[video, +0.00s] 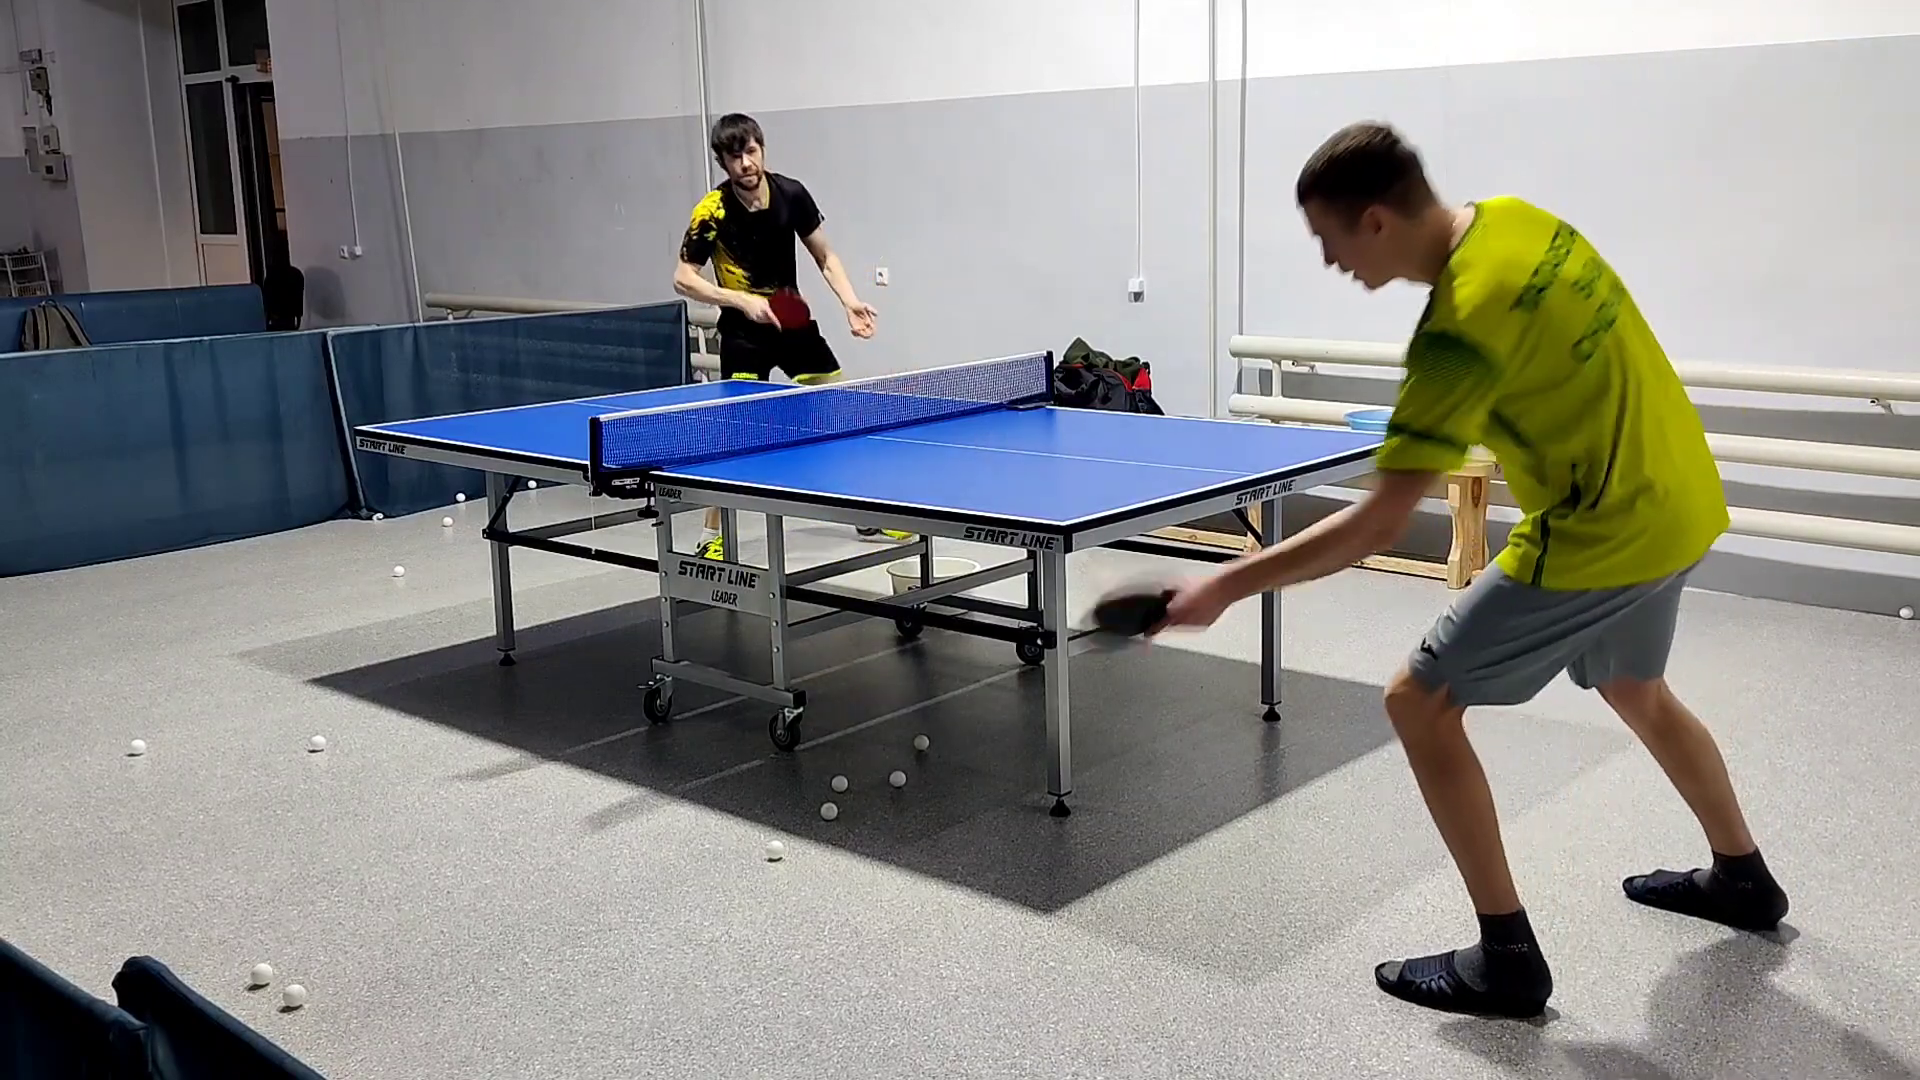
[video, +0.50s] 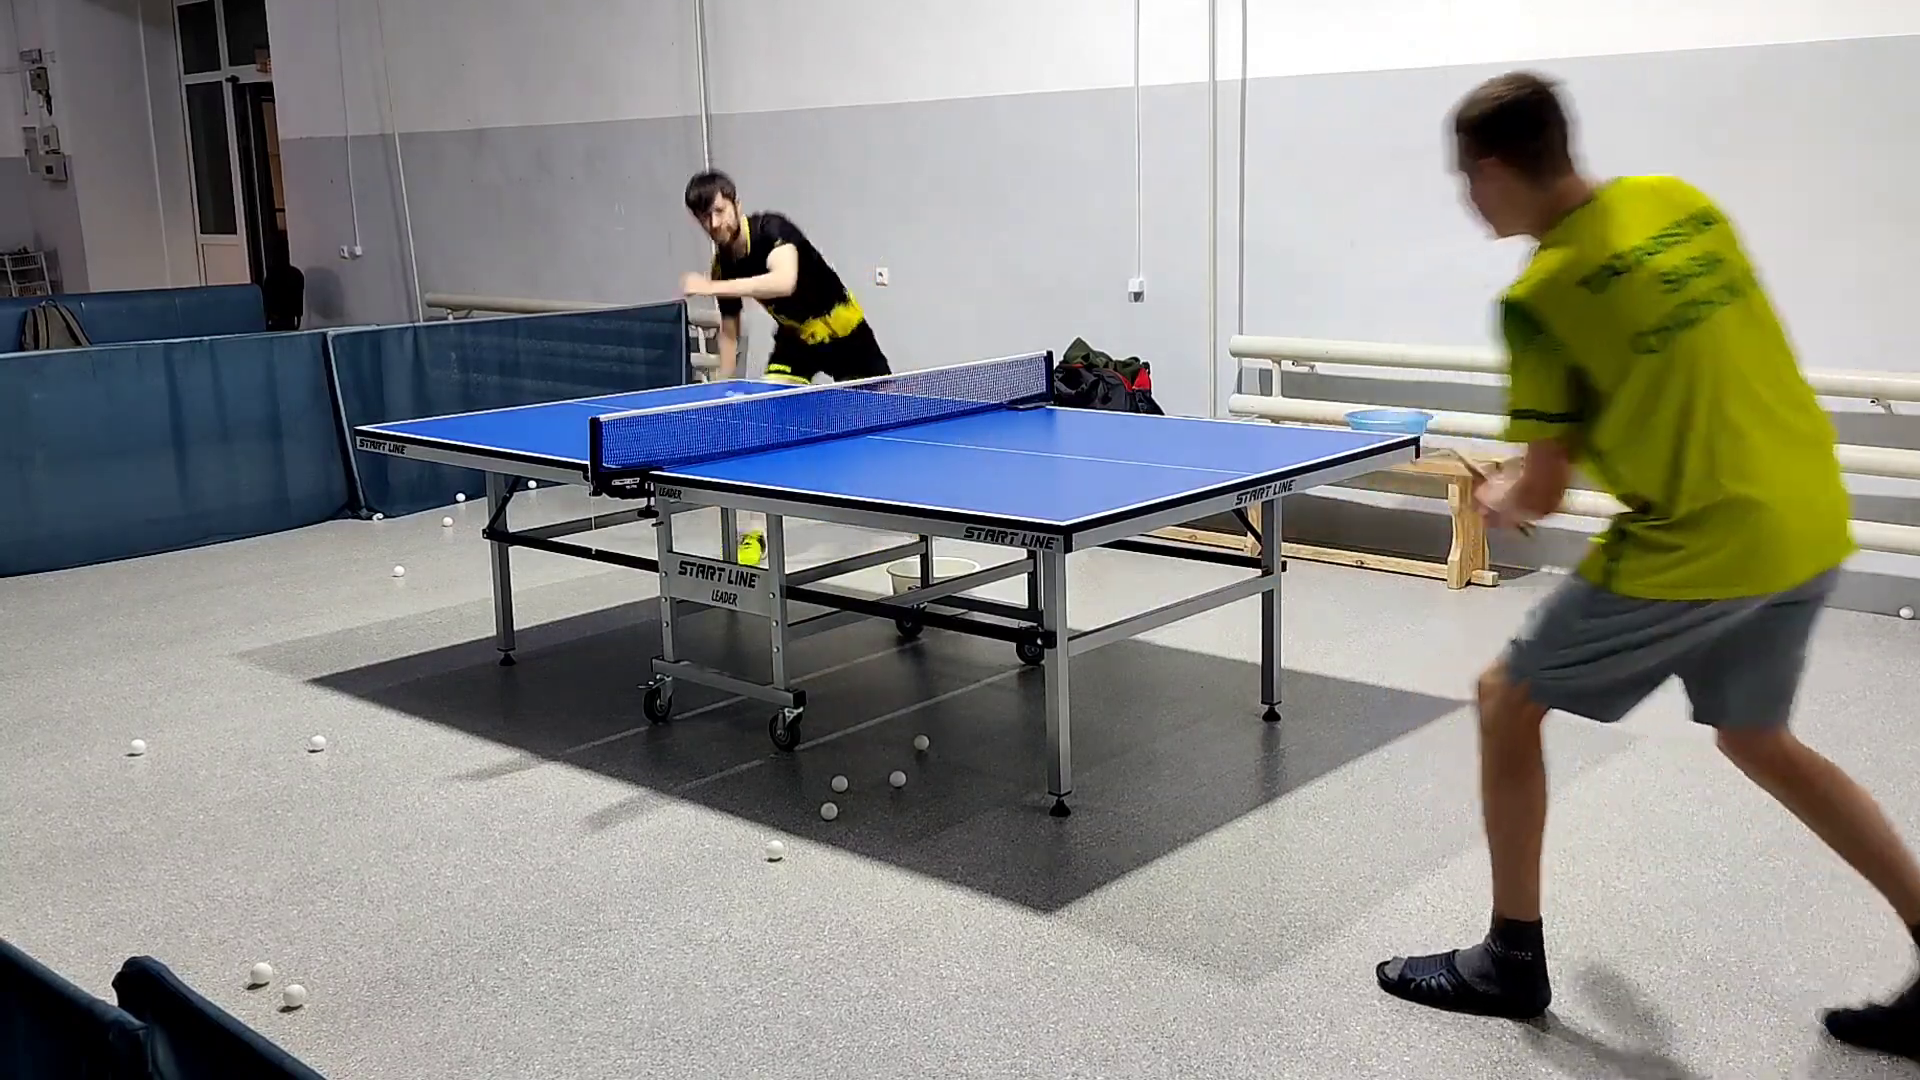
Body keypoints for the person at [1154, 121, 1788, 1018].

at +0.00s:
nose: (1333, 262)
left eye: (1331, 241)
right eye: (1324, 245)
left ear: (1379, 218)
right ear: (1403, 202)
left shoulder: (1457, 325)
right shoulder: (1515, 217)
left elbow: (1381, 520)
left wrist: (1228, 584)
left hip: (1601, 533)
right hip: (1679, 498)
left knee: (1419, 702)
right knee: (1634, 684)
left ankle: (1507, 953)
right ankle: (1743, 875)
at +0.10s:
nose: (1317, 272)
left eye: (1315, 252)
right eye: (1309, 253)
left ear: (1358, 239)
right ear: (1399, 209)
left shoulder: (1426, 355)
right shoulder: (1516, 226)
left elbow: (1350, 524)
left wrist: (1240, 568)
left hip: (1593, 548)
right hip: (1691, 505)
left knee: (1415, 705)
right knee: (1649, 689)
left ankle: (1506, 953)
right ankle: (1746, 876)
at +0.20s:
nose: (1331, 267)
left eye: (1325, 249)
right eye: (1322, 250)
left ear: (1355, 240)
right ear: (1418, 208)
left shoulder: (1415, 358)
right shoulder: (1534, 226)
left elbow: (1375, 505)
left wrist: (1306, 507)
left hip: (1605, 548)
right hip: (1710, 509)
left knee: (1425, 699)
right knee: (1666, 687)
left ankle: (1506, 954)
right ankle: (1771, 887)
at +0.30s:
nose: (1358, 244)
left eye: (1356, 223)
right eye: (1351, 224)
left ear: (1390, 214)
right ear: (1442, 188)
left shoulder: (1431, 338)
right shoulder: (1565, 217)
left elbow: (1420, 482)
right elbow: (1599, 355)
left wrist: (1380, 471)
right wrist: (1491, 431)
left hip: (1623, 546)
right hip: (1733, 507)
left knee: (1444, 697)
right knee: (1701, 700)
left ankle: (1507, 955)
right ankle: (1824, 916)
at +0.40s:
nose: (1405, 219)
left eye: (1405, 199)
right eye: (1400, 200)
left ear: (1438, 190)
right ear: (1492, 169)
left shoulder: (1473, 313)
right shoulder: (1613, 206)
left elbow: (1476, 482)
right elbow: (1650, 354)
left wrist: (1438, 474)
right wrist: (1525, 429)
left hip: (1648, 541)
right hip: (1766, 512)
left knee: (1471, 694)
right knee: (1725, 710)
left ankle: (1509, 955)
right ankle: (1890, 935)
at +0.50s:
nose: (1470, 203)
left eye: (1471, 181)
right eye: (1466, 182)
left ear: (1506, 171)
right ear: (1559, 152)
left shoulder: (1541, 295)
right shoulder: (1680, 201)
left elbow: (1548, 478)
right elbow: (1701, 373)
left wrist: (1512, 502)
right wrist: (1567, 456)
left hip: (1689, 548)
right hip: (1812, 521)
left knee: (1506, 697)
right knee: (1754, 735)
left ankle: (1510, 956)